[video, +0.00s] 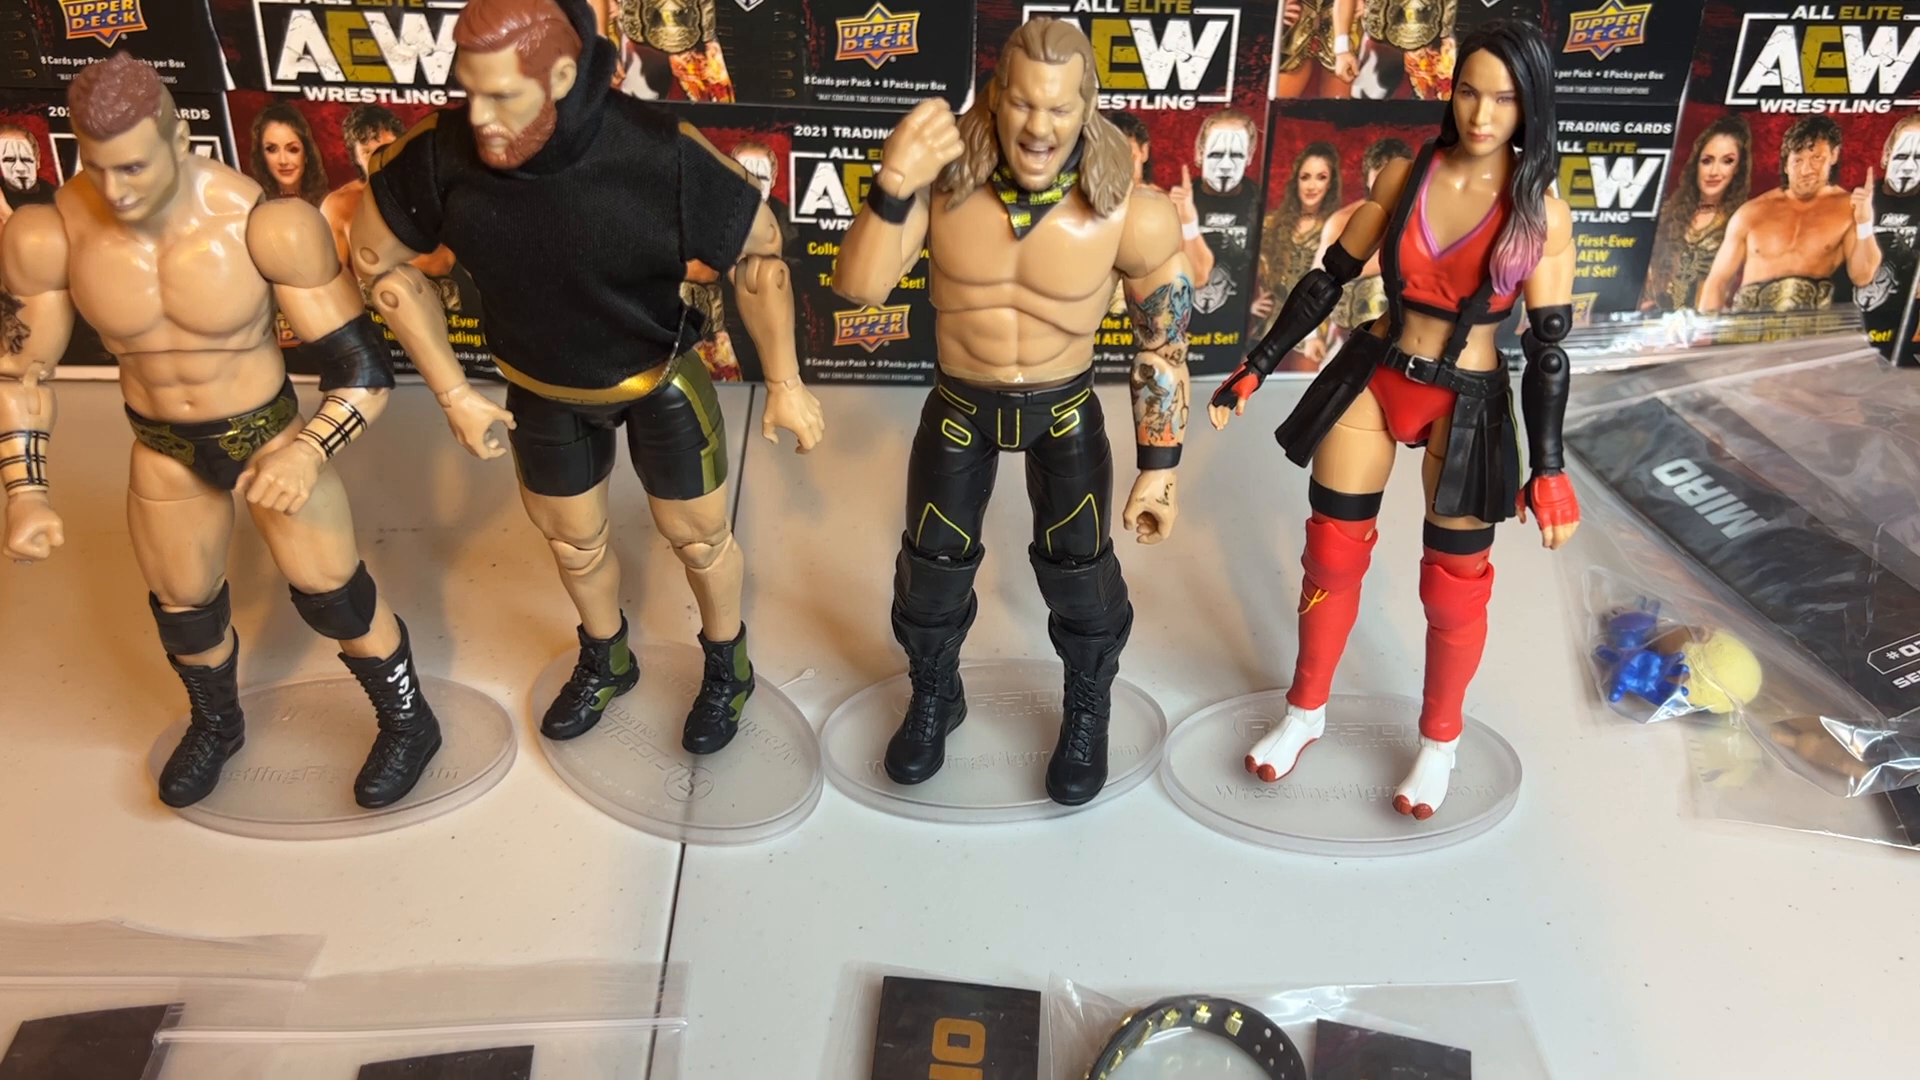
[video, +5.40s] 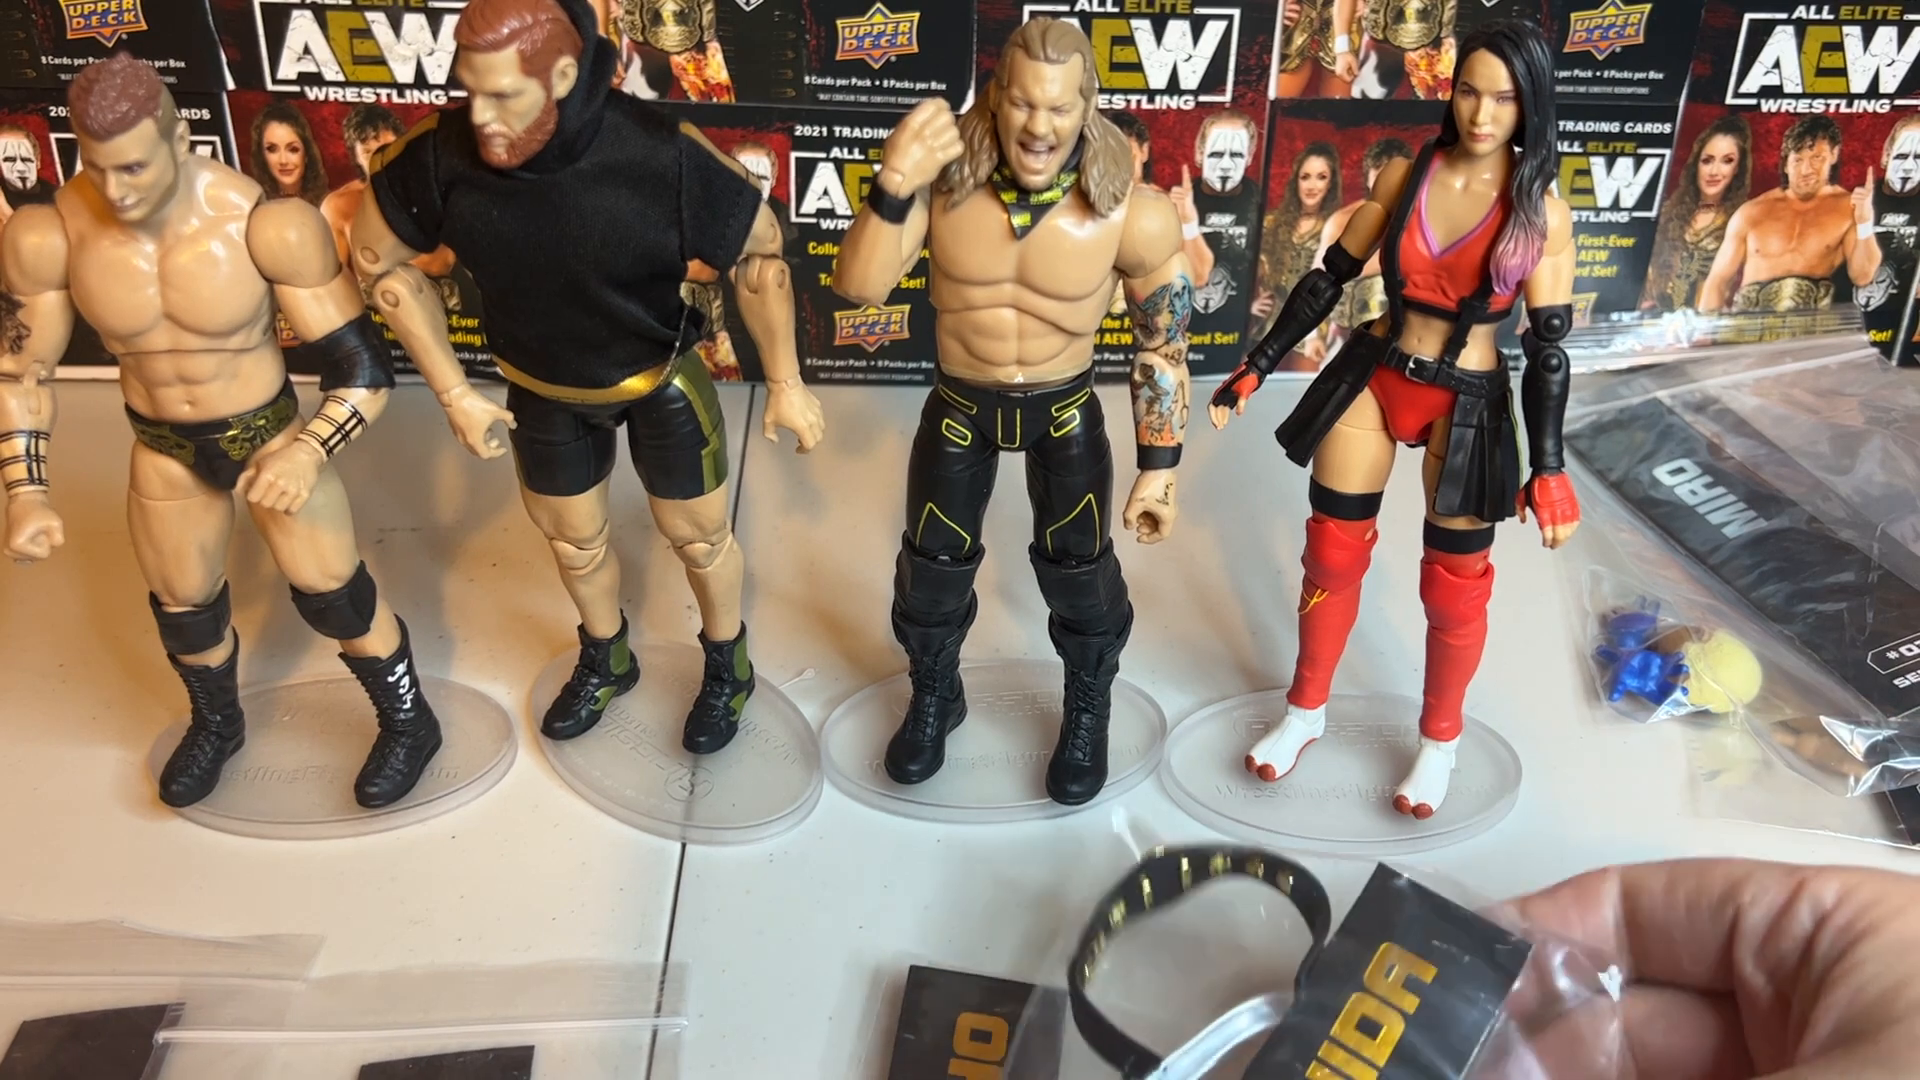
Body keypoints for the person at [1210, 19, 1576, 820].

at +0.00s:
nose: (1480, 113)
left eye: (1501, 99)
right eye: (1469, 94)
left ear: (1528, 108)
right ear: (1451, 94)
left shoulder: (1540, 209)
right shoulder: (1406, 175)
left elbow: (1548, 345)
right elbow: (1332, 274)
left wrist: (1549, 466)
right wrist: (1256, 364)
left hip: (1467, 404)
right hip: (1372, 382)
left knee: (1454, 591)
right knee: (1331, 559)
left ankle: (1438, 741)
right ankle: (1304, 710)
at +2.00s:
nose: (1480, 113)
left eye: (1501, 99)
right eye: (1469, 94)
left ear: (1529, 108)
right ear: (1451, 94)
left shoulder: (1540, 208)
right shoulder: (1406, 174)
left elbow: (1549, 345)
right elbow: (1333, 274)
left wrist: (1549, 466)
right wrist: (1256, 364)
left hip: (1467, 404)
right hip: (1372, 382)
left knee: (1454, 591)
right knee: (1331, 560)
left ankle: (1438, 742)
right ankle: (1304, 710)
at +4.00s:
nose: (1480, 114)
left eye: (1501, 99)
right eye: (1469, 94)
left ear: (1529, 108)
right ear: (1450, 94)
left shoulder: (1540, 207)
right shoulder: (1406, 175)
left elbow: (1549, 344)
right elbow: (1332, 274)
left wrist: (1549, 466)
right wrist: (1257, 364)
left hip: (1466, 404)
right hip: (1371, 383)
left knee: (1454, 592)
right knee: (1331, 561)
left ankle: (1438, 741)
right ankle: (1304, 710)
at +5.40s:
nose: (1480, 113)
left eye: (1501, 98)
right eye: (1469, 93)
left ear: (1529, 108)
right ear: (1451, 94)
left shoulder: (1540, 208)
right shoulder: (1406, 174)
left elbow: (1549, 344)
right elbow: (1333, 273)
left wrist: (1549, 466)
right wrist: (1256, 364)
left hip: (1467, 404)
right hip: (1372, 382)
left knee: (1454, 590)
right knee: (1331, 559)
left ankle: (1438, 742)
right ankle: (1304, 710)